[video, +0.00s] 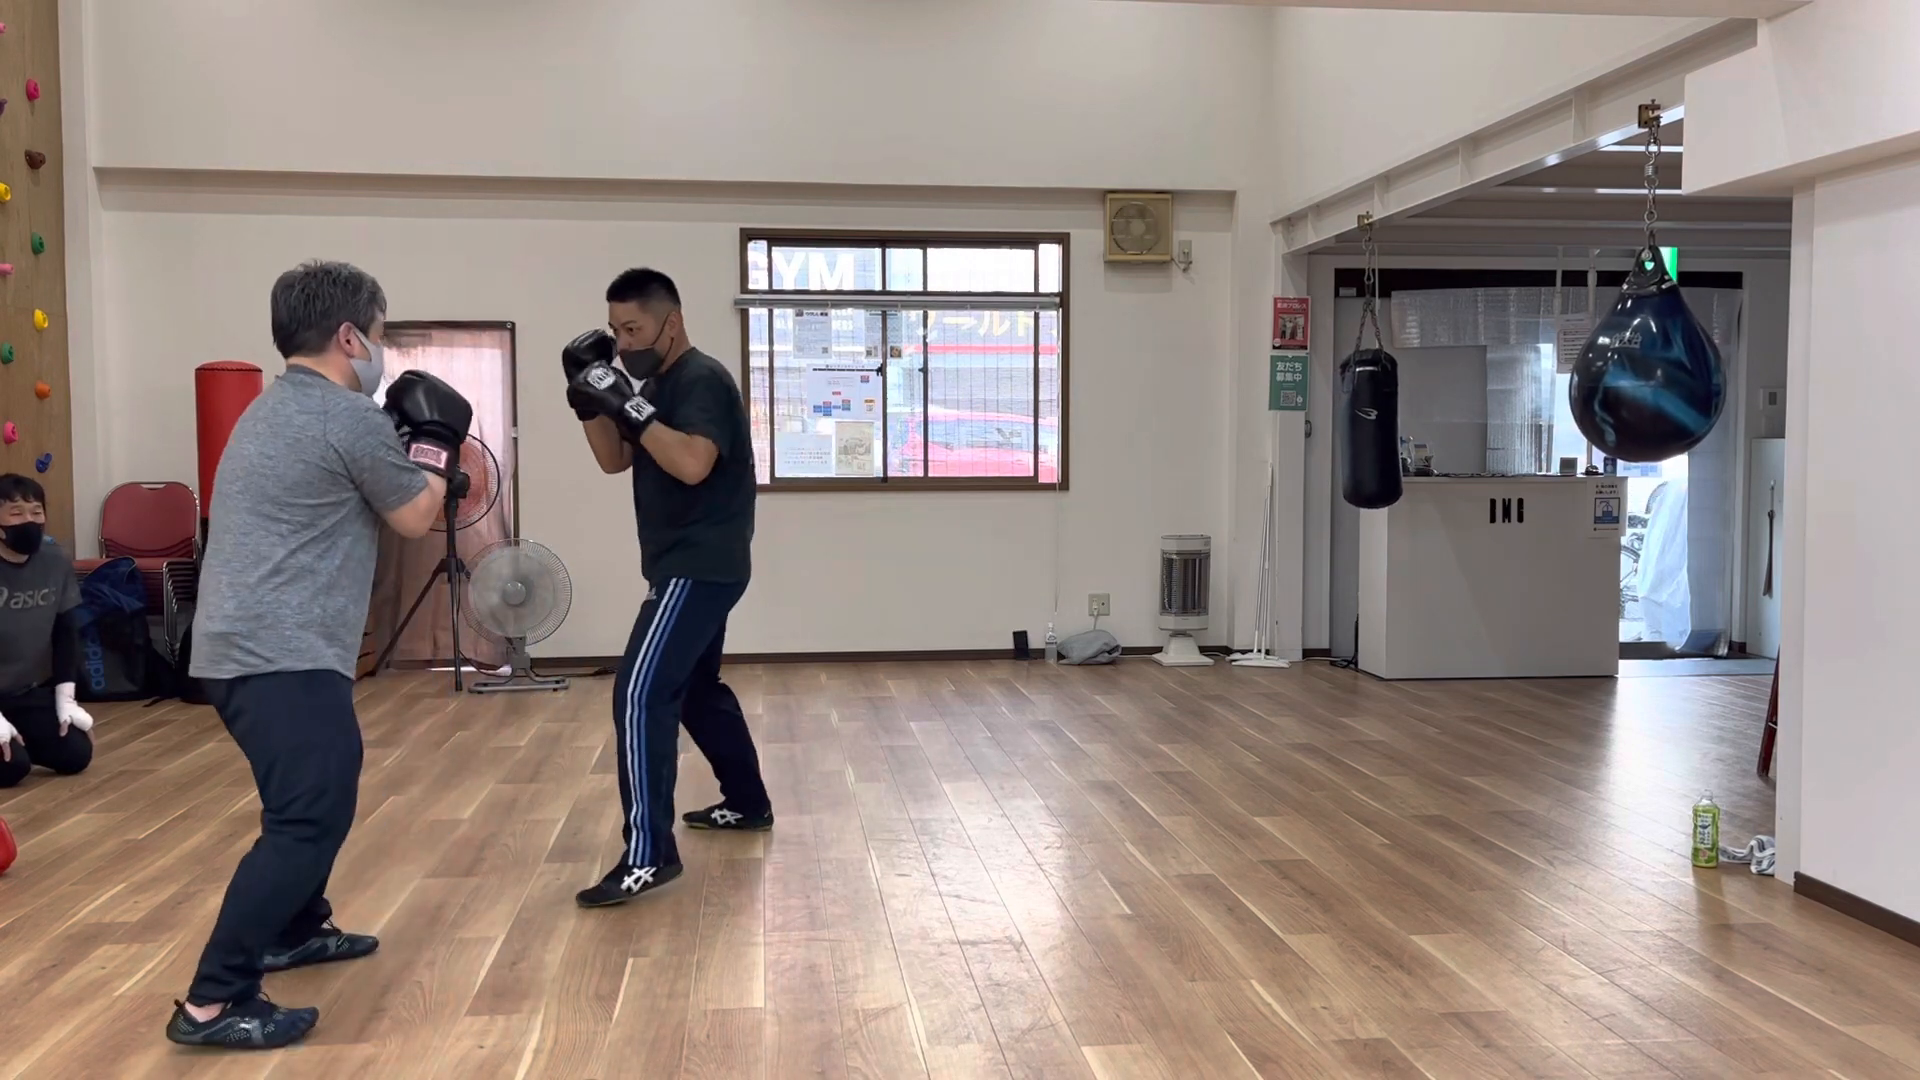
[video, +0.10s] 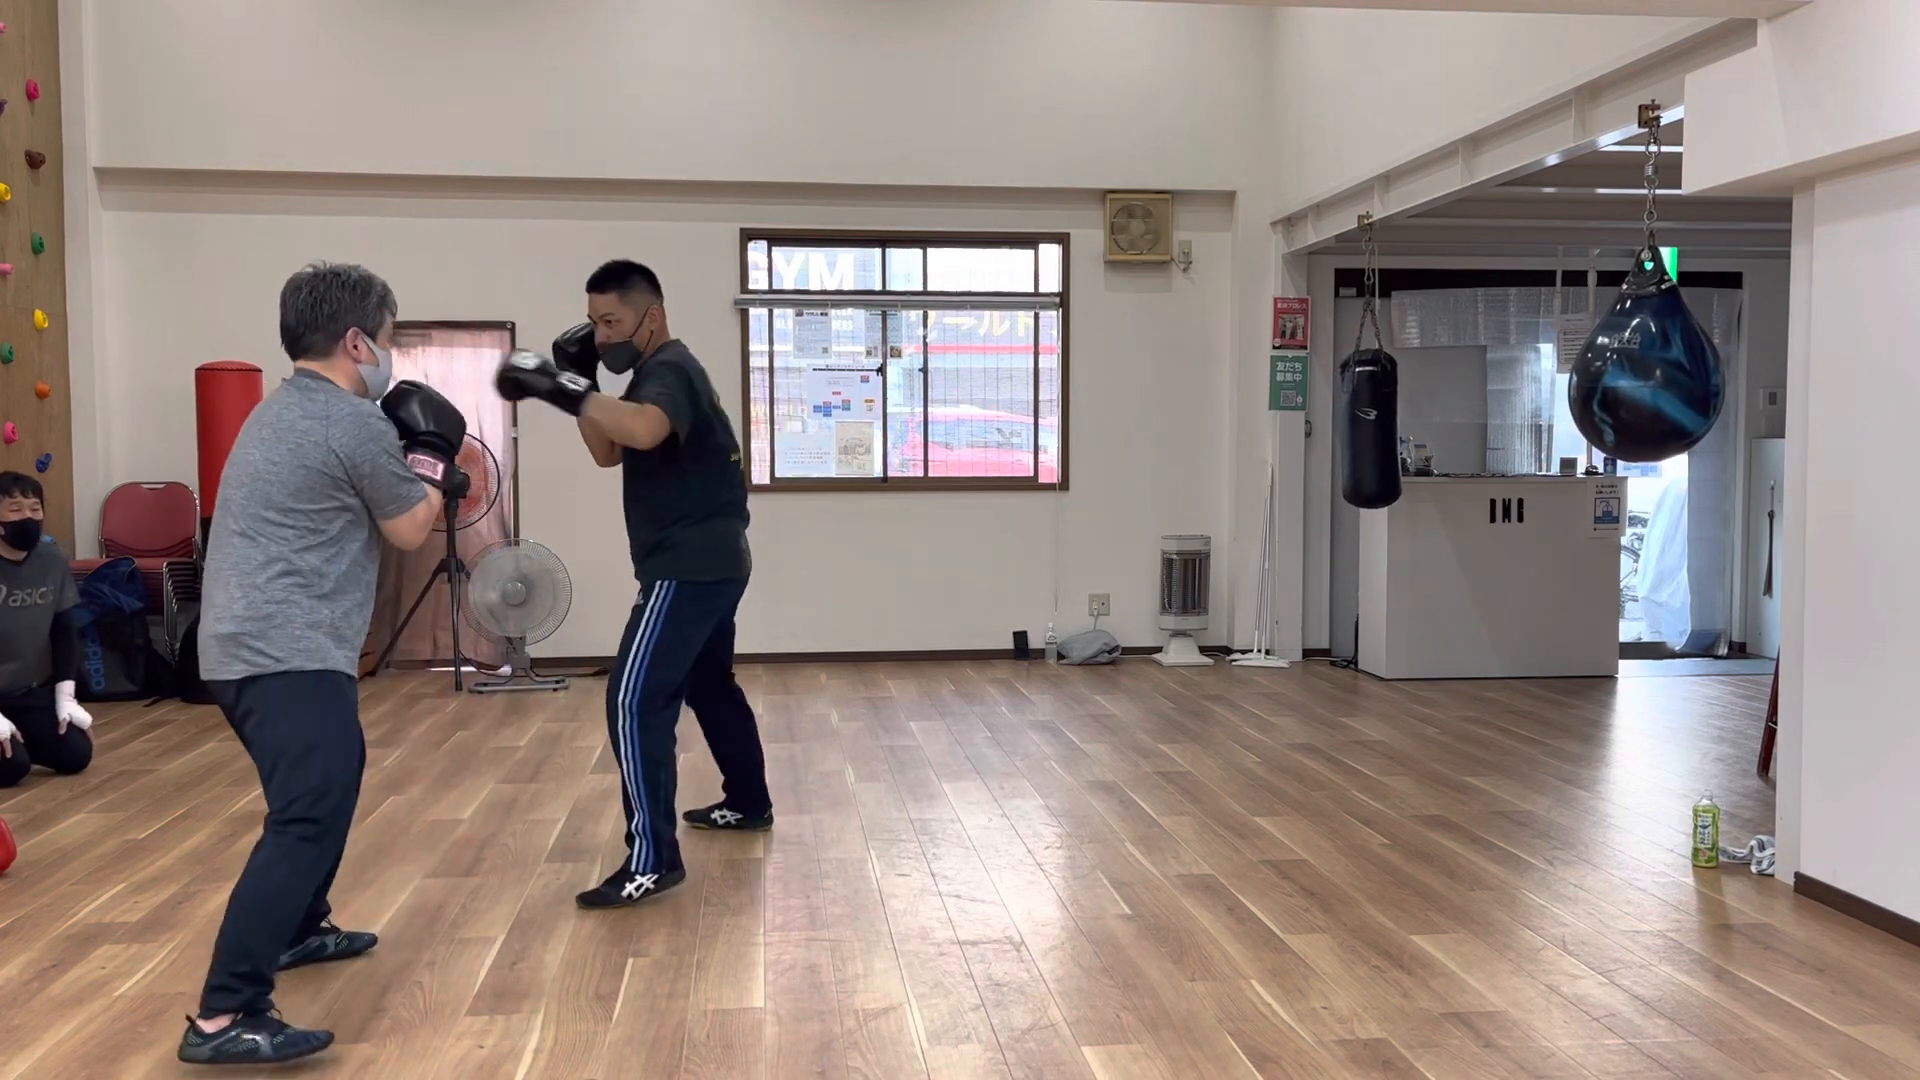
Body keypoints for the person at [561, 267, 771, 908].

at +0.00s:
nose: (624, 342)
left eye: (633, 329)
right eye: (617, 331)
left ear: (672, 322)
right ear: (619, 329)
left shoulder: (703, 380)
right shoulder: (651, 382)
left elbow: (694, 463)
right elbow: (613, 458)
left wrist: (628, 402)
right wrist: (586, 390)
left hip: (701, 567)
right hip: (679, 565)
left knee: (639, 693)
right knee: (697, 690)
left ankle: (649, 857)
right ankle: (748, 802)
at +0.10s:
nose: (599, 334)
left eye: (608, 320)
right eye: (595, 323)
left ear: (651, 316)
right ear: (633, 324)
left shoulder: (670, 369)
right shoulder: (645, 377)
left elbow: (644, 429)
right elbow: (604, 451)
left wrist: (563, 390)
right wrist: (581, 382)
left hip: (686, 567)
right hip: (705, 562)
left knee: (633, 699)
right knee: (709, 686)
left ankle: (652, 862)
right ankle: (750, 803)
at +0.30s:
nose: (577, 344)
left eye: (586, 330)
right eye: (570, 333)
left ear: (628, 322)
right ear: (571, 331)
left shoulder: (655, 377)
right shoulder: (628, 382)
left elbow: (612, 438)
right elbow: (601, 466)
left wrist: (523, 396)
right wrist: (556, 404)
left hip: (691, 572)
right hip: (702, 566)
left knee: (636, 706)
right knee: (704, 693)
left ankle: (655, 868)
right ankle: (767, 800)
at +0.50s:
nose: (596, 349)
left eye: (607, 334)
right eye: (587, 337)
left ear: (646, 328)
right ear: (583, 336)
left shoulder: (682, 389)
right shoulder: (613, 398)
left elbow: (694, 482)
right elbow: (584, 476)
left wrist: (615, 425)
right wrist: (552, 414)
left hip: (703, 574)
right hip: (674, 575)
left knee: (620, 686)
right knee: (701, 700)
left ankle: (648, 856)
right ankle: (775, 810)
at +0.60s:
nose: (592, 339)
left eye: (603, 324)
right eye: (582, 327)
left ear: (642, 319)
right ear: (579, 328)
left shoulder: (672, 378)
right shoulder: (610, 393)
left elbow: (695, 457)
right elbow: (584, 472)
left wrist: (619, 395)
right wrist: (555, 412)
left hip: (693, 569)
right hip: (668, 570)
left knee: (621, 700)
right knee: (708, 696)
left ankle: (640, 871)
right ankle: (772, 805)